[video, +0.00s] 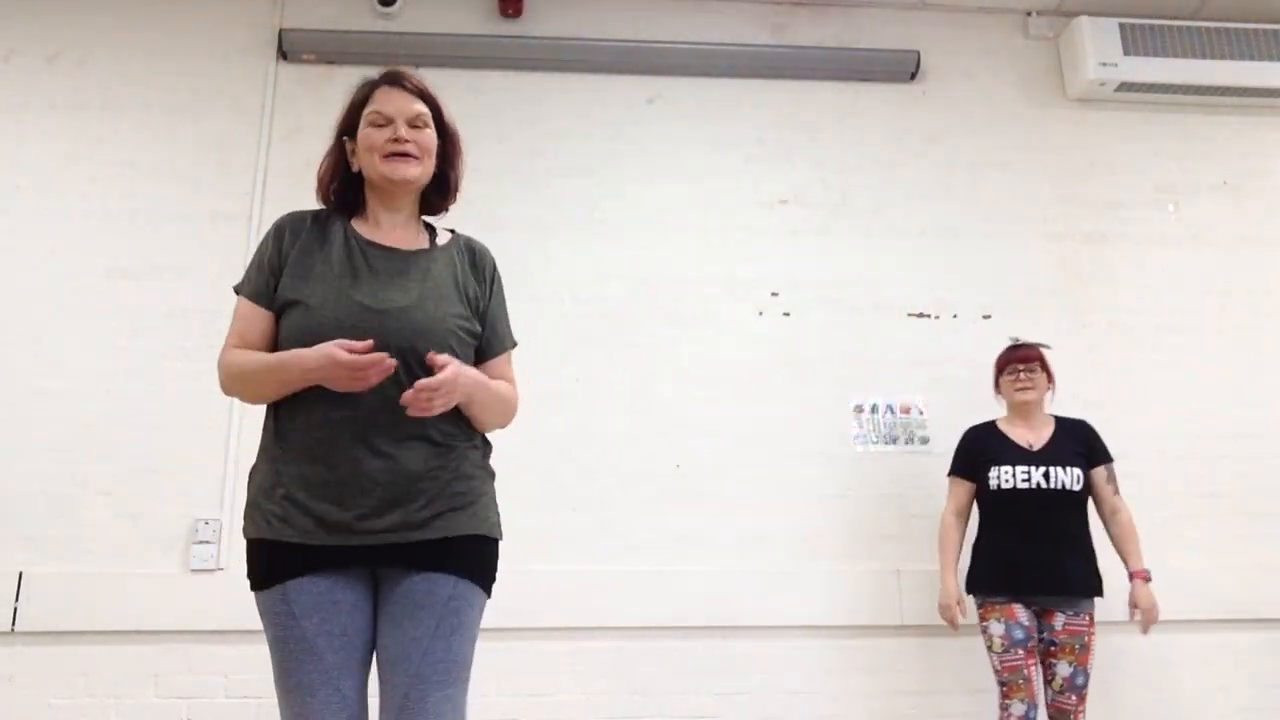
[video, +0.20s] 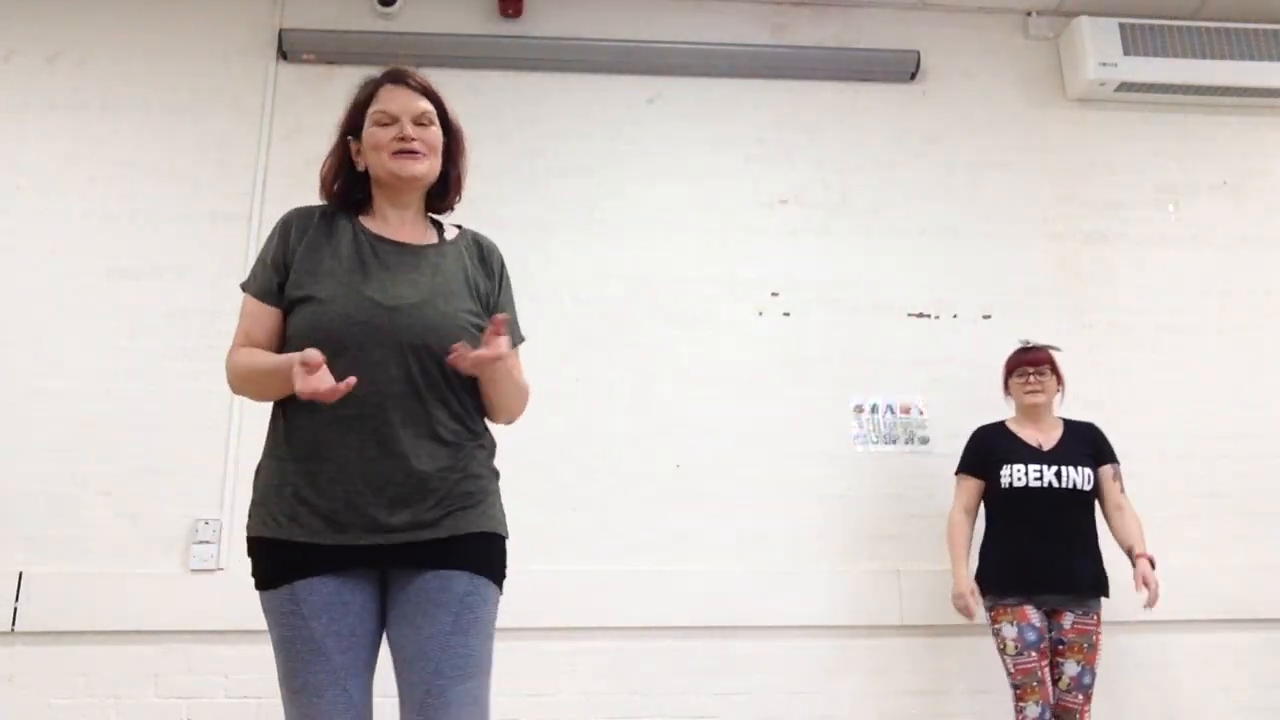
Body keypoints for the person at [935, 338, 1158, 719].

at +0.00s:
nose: (1022, 377)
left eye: (1032, 370)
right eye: (1012, 372)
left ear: (1049, 381)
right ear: (998, 387)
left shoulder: (1079, 435)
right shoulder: (979, 440)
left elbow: (1114, 511)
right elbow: (955, 516)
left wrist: (1139, 577)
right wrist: (948, 582)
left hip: (1071, 595)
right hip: (1003, 595)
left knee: (1068, 708)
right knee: (1020, 707)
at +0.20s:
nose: (1032, 380)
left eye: (1041, 373)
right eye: (1022, 374)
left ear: (1058, 383)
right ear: (1008, 387)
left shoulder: (1087, 437)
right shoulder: (988, 440)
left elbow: (1117, 506)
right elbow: (963, 513)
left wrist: (1139, 555)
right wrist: (961, 577)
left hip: (1079, 594)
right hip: (1011, 594)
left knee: (1074, 707)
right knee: (1033, 706)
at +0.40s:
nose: (1036, 381)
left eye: (1045, 374)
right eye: (1025, 375)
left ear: (1062, 385)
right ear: (1011, 388)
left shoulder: (1090, 438)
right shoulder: (990, 439)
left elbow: (1119, 503)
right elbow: (967, 511)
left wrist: (1134, 553)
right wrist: (980, 571)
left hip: (1081, 596)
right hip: (1015, 596)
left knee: (1074, 708)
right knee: (1032, 707)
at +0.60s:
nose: (1035, 382)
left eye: (1044, 375)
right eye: (1025, 376)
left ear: (1060, 387)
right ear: (1010, 388)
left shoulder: (1087, 440)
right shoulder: (988, 440)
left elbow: (1114, 514)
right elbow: (963, 513)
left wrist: (1127, 579)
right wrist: (982, 578)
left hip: (1081, 597)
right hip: (1013, 595)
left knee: (1074, 709)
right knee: (1030, 708)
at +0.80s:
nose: (1031, 382)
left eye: (1042, 375)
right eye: (1021, 376)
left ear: (1057, 387)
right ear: (1007, 388)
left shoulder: (1084, 438)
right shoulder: (985, 439)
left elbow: (1111, 515)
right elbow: (958, 513)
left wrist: (1114, 579)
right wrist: (967, 579)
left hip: (1079, 597)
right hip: (1010, 599)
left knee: (1073, 709)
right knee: (1026, 710)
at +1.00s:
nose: (1027, 382)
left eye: (1037, 375)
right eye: (1017, 376)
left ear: (1052, 386)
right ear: (1002, 387)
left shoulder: (1080, 439)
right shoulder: (981, 441)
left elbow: (1103, 516)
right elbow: (958, 516)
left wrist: (1112, 579)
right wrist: (966, 584)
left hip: (1075, 598)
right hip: (1007, 599)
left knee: (1070, 709)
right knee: (1023, 710)